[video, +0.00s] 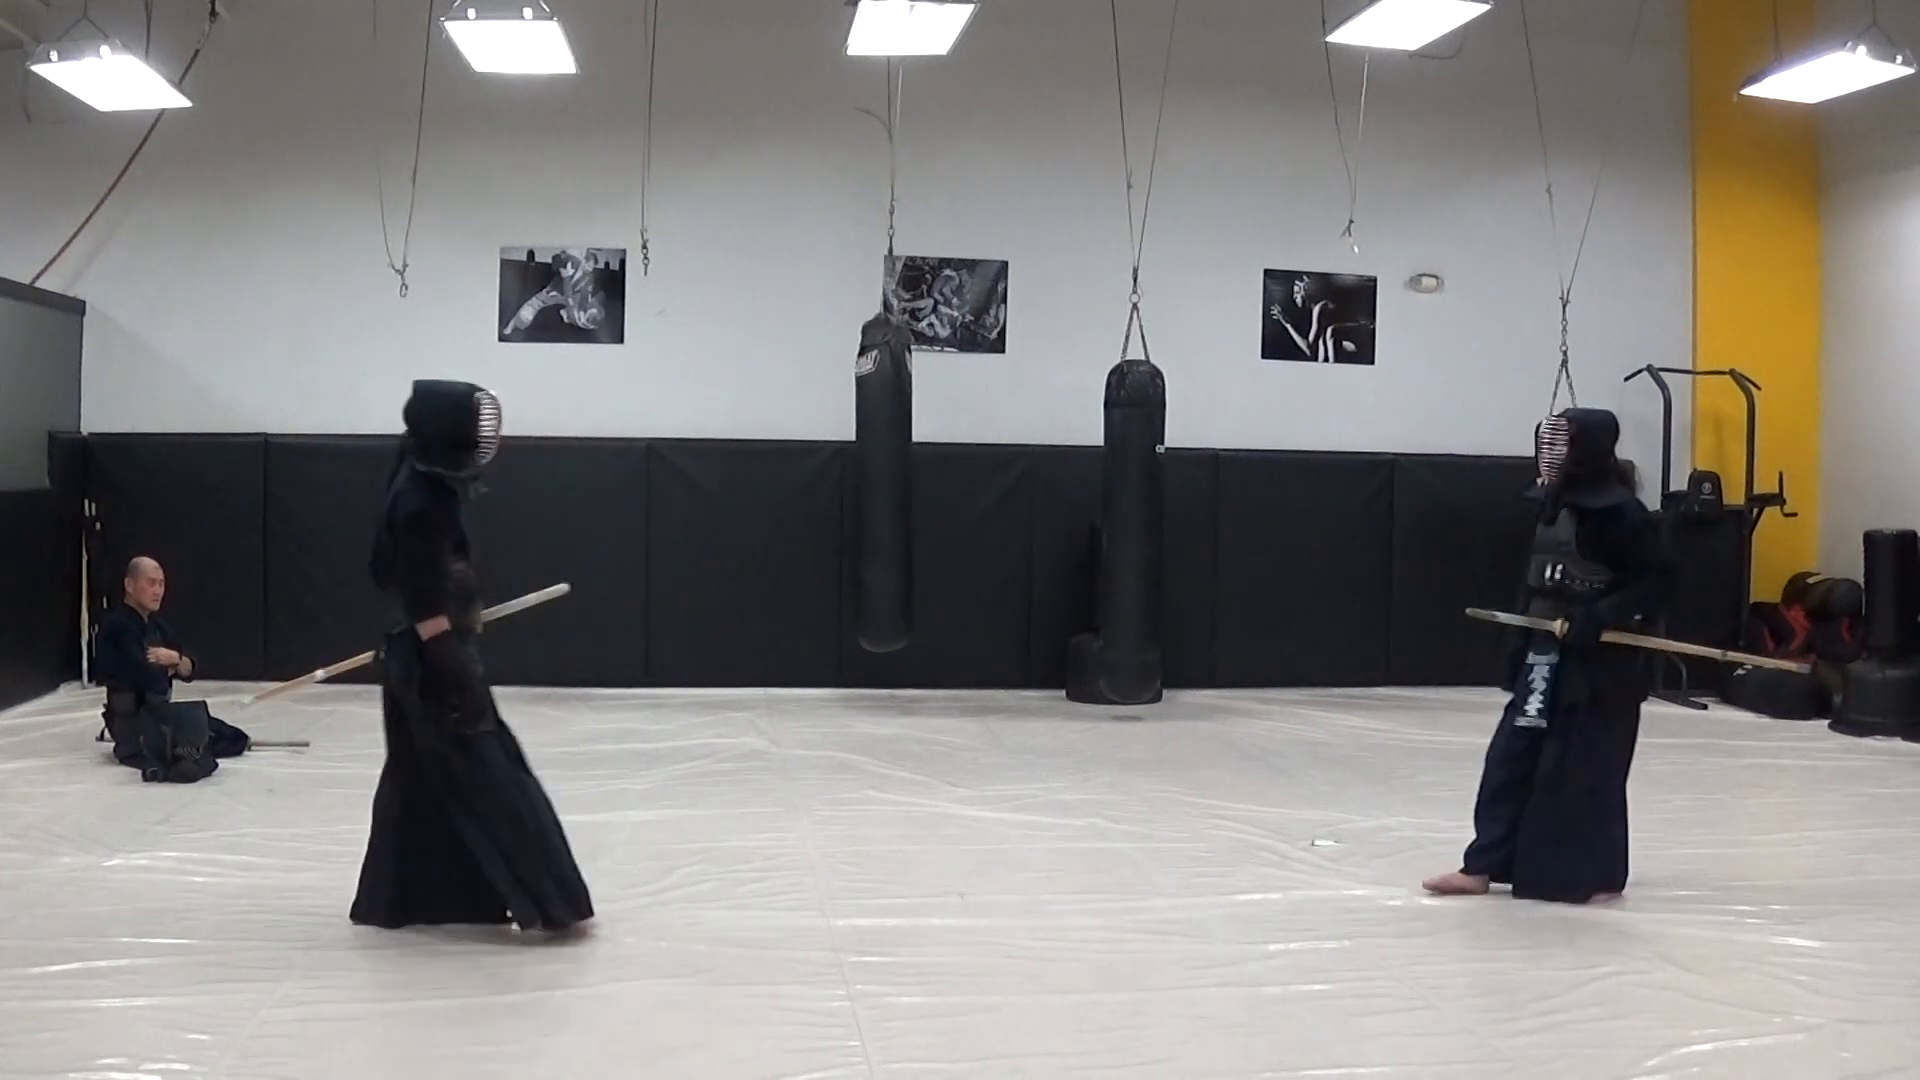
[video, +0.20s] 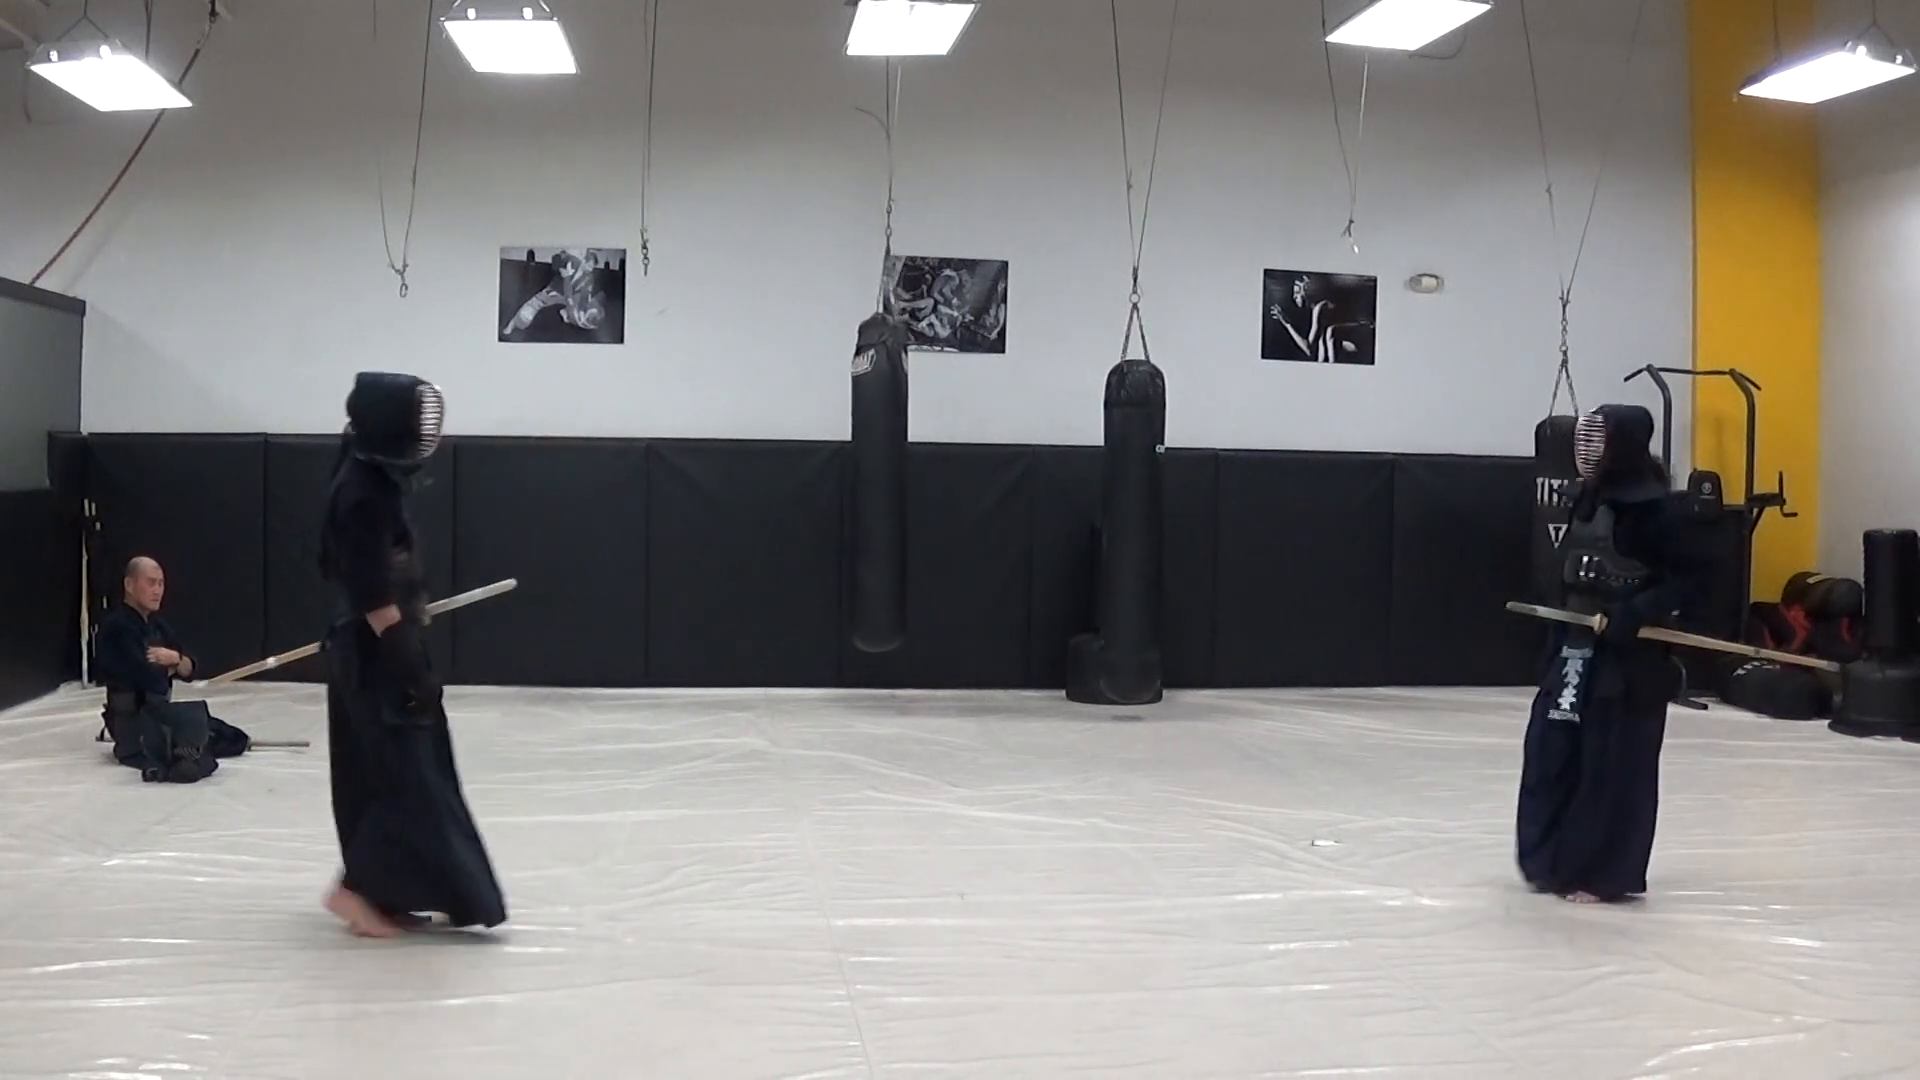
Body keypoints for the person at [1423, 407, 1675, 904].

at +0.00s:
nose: (1550, 455)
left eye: (1561, 447)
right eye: (1549, 445)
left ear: (1588, 452)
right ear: (1550, 448)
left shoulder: (1622, 512)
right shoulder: (1553, 507)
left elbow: (1656, 582)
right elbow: (1541, 582)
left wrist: (1598, 614)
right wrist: (1524, 645)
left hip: (1604, 663)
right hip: (1546, 657)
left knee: (1595, 766)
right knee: (1508, 756)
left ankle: (1604, 878)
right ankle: (1482, 867)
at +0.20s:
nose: (1583, 453)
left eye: (1593, 444)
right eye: (1583, 443)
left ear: (1620, 449)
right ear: (1587, 444)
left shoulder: (1655, 509)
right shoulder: (1586, 502)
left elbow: (1684, 582)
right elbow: (1575, 575)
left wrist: (1632, 611)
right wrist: (1559, 639)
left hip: (1630, 654)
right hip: (1576, 648)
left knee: (1616, 758)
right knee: (1551, 744)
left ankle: (1610, 874)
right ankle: (1554, 862)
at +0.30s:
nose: (1602, 452)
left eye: (1611, 443)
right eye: (1602, 442)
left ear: (1638, 449)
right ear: (1612, 444)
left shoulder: (1674, 510)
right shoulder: (1602, 504)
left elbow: (1702, 581)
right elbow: (1587, 578)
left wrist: (1647, 614)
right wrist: (1568, 646)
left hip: (1644, 654)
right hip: (1593, 648)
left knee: (1629, 757)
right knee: (1571, 747)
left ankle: (1626, 877)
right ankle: (1594, 868)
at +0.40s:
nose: (1620, 456)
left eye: (1630, 447)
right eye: (1619, 446)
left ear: (1658, 453)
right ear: (1618, 447)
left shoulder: (1691, 511)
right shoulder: (1618, 504)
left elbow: (1722, 587)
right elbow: (1603, 582)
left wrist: (1664, 617)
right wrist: (1578, 645)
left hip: (1662, 651)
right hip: (1613, 644)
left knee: (1639, 755)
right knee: (1604, 745)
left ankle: (1615, 875)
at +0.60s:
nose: (1650, 455)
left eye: (1659, 447)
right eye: (1648, 446)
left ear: (1686, 452)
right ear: (1648, 449)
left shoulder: (1716, 512)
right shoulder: (1652, 507)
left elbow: (1758, 580)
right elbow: (1638, 584)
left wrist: (1697, 619)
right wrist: (1613, 644)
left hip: (1697, 655)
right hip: (1654, 650)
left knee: (1664, 758)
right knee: (1668, 754)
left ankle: (1625, 870)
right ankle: (1684, 860)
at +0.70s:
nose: (1664, 456)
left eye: (1673, 447)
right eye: (1663, 446)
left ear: (1700, 450)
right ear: (1670, 450)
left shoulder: (1733, 507)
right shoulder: (1672, 504)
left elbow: (1774, 577)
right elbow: (1654, 578)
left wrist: (1713, 616)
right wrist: (1637, 632)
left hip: (1709, 653)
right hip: (1670, 648)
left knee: (1679, 755)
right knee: (1682, 753)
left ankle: (1660, 866)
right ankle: (1700, 861)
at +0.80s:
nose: (1686, 450)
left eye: (1694, 442)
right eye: (1686, 442)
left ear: (1715, 447)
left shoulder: (1749, 506)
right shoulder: (1683, 503)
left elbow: (1789, 574)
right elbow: (1666, 573)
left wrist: (1730, 614)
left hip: (1727, 651)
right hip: (1679, 645)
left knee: (1722, 753)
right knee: (1683, 750)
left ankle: (1728, 862)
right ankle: (1691, 858)